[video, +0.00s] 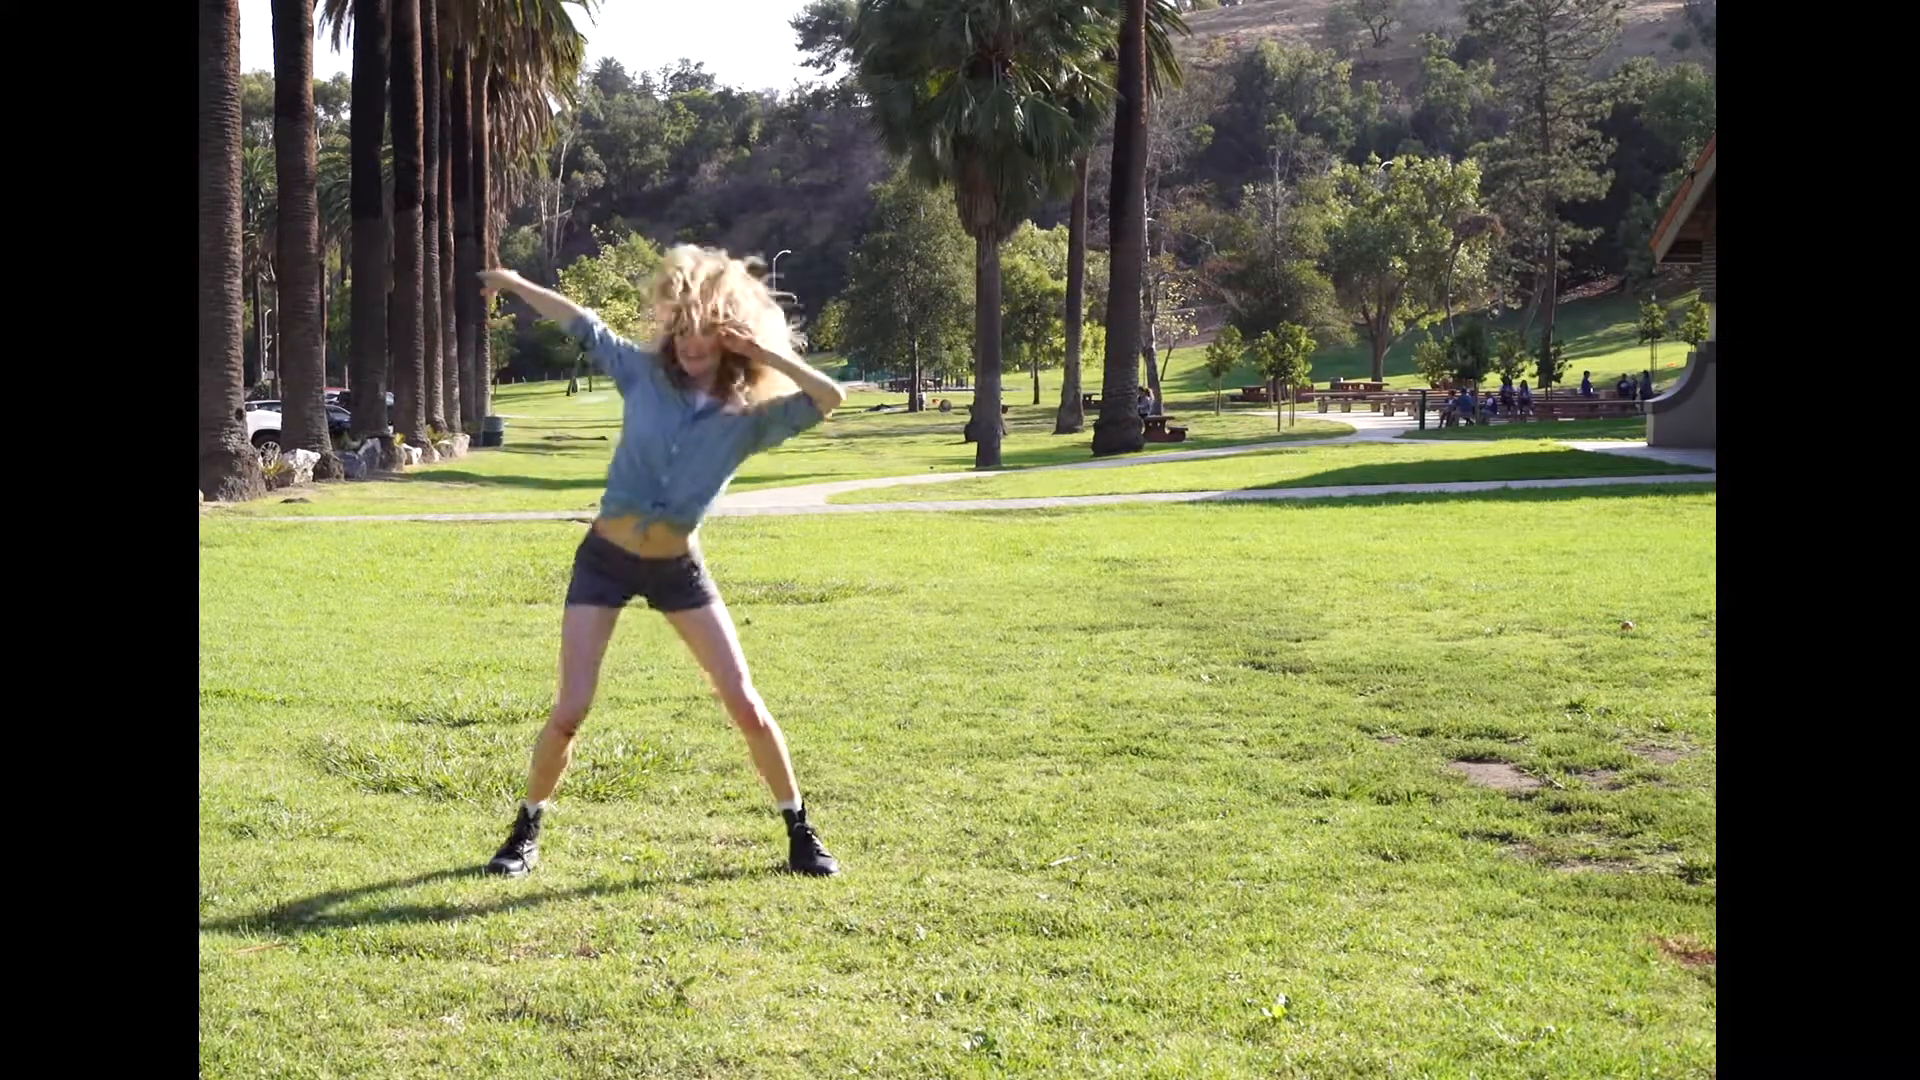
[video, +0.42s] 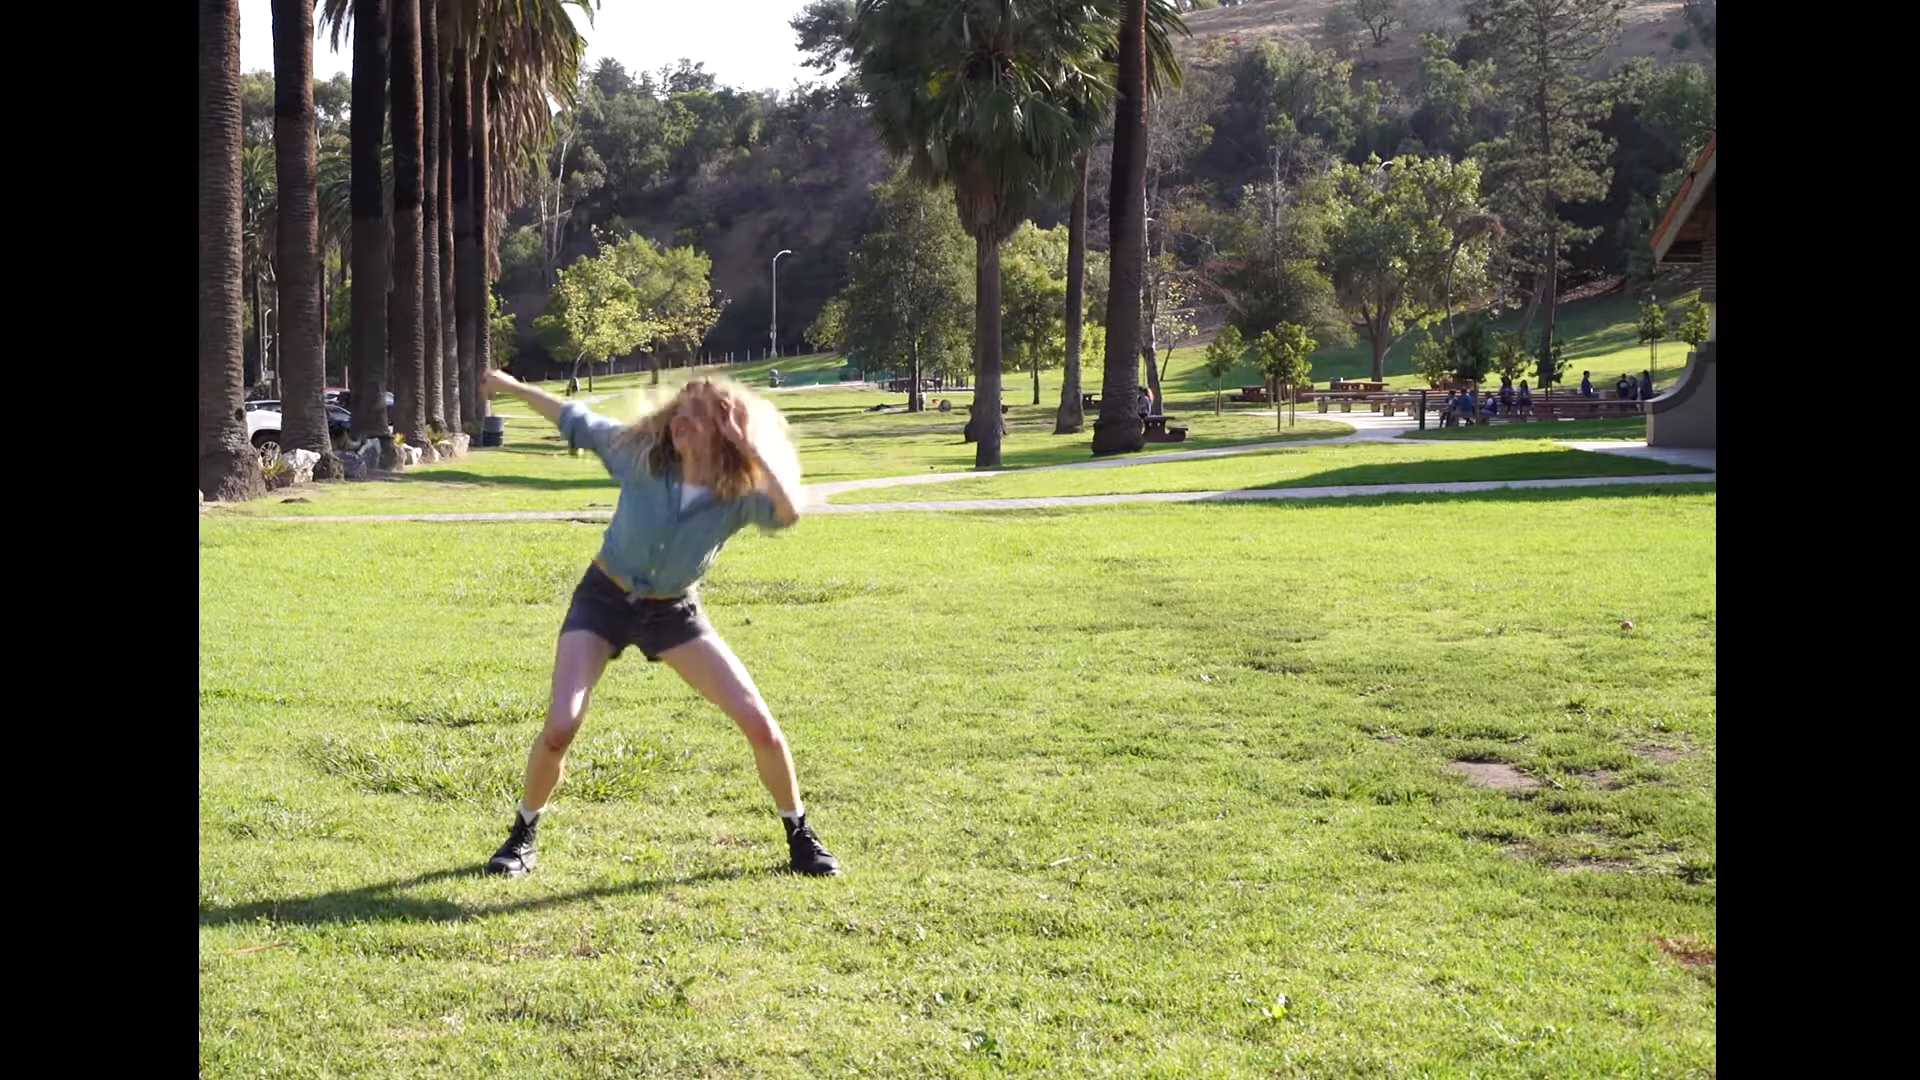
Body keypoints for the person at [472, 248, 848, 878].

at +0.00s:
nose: (691, 343)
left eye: (704, 333)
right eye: (684, 331)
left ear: (731, 343)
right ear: (673, 333)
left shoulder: (746, 422)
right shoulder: (642, 376)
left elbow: (829, 398)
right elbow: (579, 321)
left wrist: (761, 348)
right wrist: (507, 279)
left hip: (676, 569)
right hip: (604, 558)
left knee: (744, 703)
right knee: (569, 713)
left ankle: (801, 833)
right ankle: (525, 831)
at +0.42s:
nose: (682, 423)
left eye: (694, 416)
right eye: (678, 414)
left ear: (721, 428)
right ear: (671, 419)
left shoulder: (737, 494)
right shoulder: (639, 453)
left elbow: (786, 513)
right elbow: (570, 416)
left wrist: (751, 451)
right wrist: (508, 383)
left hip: (673, 611)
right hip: (603, 598)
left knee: (760, 722)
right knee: (561, 724)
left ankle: (801, 838)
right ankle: (522, 835)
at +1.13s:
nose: (675, 433)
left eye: (689, 423)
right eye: (671, 422)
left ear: (720, 434)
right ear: (664, 427)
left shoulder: (742, 514)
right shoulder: (647, 467)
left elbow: (685, 567)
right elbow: (572, 448)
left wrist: (702, 486)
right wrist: (501, 423)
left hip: (657, 632)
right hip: (588, 608)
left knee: (739, 740)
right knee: (549, 729)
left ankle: (793, 838)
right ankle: (520, 837)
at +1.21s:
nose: (683, 439)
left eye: (698, 429)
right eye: (679, 428)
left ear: (729, 441)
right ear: (673, 436)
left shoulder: (750, 528)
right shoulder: (657, 480)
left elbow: (680, 601)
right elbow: (574, 489)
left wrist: (680, 515)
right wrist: (479, 482)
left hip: (662, 629)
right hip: (602, 601)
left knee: (752, 728)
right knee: (535, 726)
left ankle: (796, 839)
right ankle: (517, 838)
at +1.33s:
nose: (681, 430)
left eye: (696, 421)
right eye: (677, 421)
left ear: (729, 435)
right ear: (671, 434)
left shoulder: (771, 510)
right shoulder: (655, 491)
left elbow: (736, 589)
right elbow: (570, 547)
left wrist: (658, 587)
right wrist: (477, 596)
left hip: (689, 620)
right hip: (626, 609)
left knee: (776, 724)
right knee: (562, 731)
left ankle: (802, 839)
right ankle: (520, 839)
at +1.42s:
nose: (673, 421)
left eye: (687, 410)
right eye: (668, 410)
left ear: (721, 418)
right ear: (661, 420)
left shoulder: (769, 483)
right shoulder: (656, 483)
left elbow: (752, 572)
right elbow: (619, 577)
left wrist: (678, 597)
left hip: (713, 611)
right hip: (642, 612)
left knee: (788, 729)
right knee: (598, 745)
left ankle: (804, 841)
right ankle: (527, 833)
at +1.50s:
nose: (666, 413)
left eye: (679, 401)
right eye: (660, 403)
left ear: (713, 406)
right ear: (654, 409)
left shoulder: (750, 468)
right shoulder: (653, 466)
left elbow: (739, 562)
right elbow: (680, 567)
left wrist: (649, 585)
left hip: (723, 593)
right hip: (657, 601)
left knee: (801, 719)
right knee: (629, 756)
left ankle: (812, 835)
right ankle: (540, 832)